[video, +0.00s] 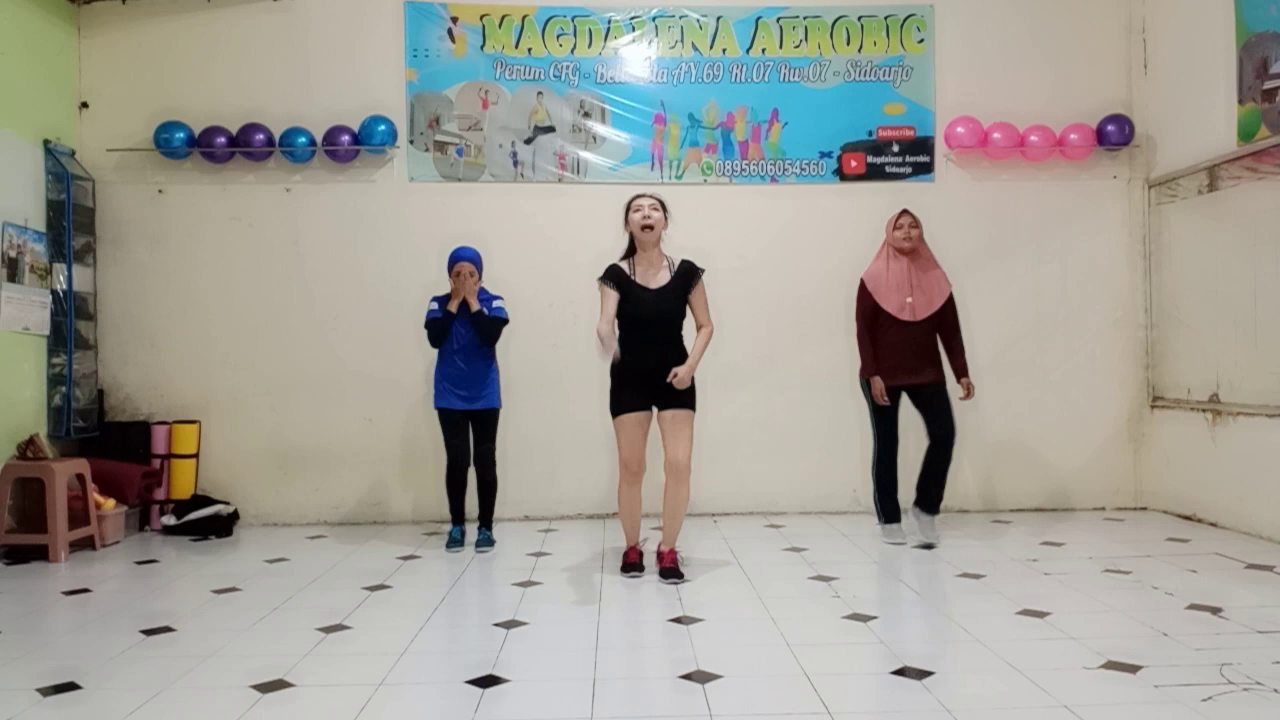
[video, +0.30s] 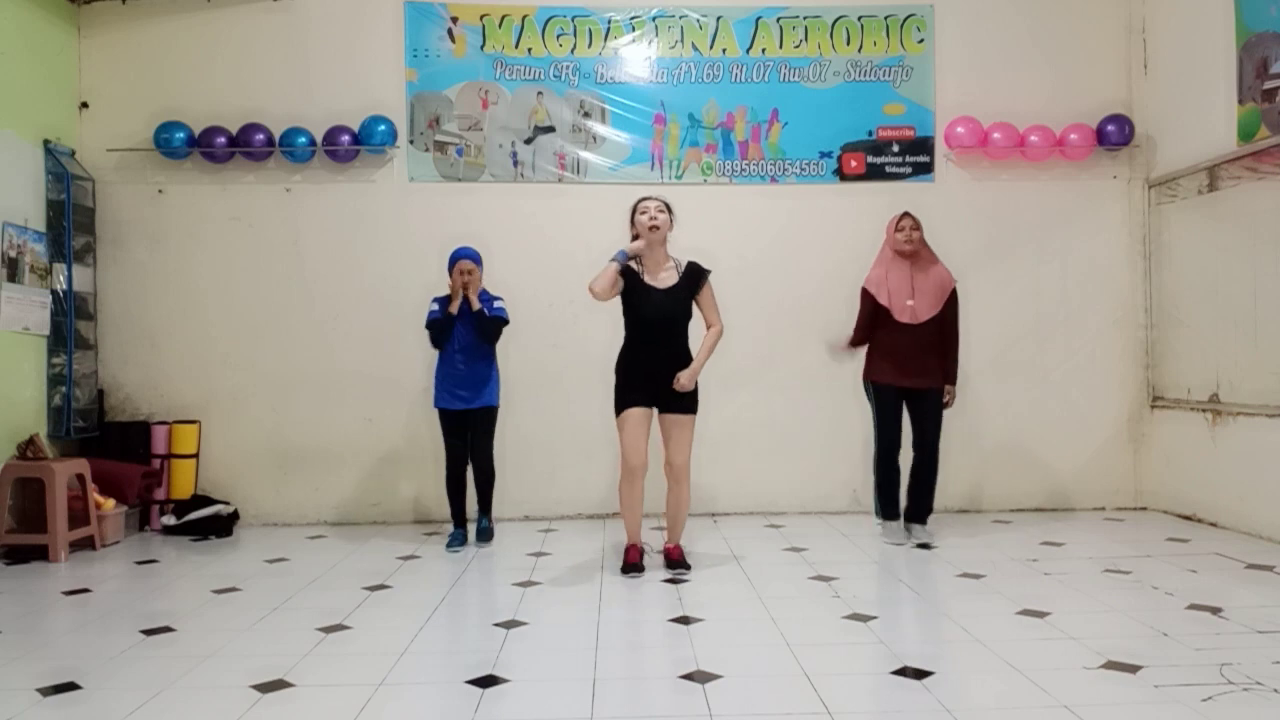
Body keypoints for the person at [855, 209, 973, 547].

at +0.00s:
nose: (907, 232)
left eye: (913, 227)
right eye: (900, 227)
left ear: (922, 235)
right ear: (889, 236)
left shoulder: (934, 277)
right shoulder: (874, 278)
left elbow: (950, 328)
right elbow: (864, 331)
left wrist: (962, 373)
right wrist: (872, 375)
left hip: (924, 371)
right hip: (883, 374)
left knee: (944, 436)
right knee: (886, 446)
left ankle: (925, 511)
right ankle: (889, 520)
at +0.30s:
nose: (909, 235)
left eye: (914, 229)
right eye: (901, 230)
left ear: (922, 235)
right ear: (890, 238)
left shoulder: (941, 279)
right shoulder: (878, 278)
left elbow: (950, 334)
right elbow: (864, 328)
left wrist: (950, 379)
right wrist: (851, 343)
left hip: (927, 377)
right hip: (884, 375)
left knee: (927, 450)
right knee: (888, 446)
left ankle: (917, 520)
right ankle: (889, 518)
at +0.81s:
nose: (910, 229)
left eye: (915, 223)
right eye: (903, 224)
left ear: (922, 230)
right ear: (890, 232)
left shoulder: (932, 273)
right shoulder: (879, 266)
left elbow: (931, 328)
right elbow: (887, 268)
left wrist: (958, 359)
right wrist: (916, 255)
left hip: (919, 362)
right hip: (878, 364)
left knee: (944, 421)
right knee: (881, 439)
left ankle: (921, 491)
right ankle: (883, 516)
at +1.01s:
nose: (910, 234)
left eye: (914, 229)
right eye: (902, 230)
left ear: (922, 236)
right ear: (891, 239)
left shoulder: (934, 278)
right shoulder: (880, 274)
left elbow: (963, 316)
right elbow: (871, 306)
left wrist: (976, 281)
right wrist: (896, 277)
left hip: (922, 373)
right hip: (880, 371)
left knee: (929, 445)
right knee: (885, 443)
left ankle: (918, 520)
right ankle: (885, 519)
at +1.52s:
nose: (898, 226)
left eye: (902, 221)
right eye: (890, 222)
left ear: (910, 230)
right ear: (878, 232)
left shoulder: (918, 264)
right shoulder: (866, 265)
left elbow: (932, 278)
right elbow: (883, 269)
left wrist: (948, 274)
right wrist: (919, 261)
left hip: (914, 361)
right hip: (874, 363)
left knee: (936, 426)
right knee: (874, 436)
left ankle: (917, 501)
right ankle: (873, 514)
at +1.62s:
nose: (897, 231)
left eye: (902, 226)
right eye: (890, 227)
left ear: (908, 234)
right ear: (877, 236)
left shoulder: (917, 268)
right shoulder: (866, 270)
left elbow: (928, 281)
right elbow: (878, 273)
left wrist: (946, 275)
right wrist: (916, 262)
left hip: (914, 365)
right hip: (874, 366)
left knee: (932, 432)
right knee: (874, 438)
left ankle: (912, 500)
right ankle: (873, 515)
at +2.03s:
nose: (902, 237)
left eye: (906, 232)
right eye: (894, 232)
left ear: (912, 239)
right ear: (879, 238)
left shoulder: (921, 267)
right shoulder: (866, 269)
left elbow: (941, 223)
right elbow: (856, 219)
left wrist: (917, 181)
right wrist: (883, 178)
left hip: (919, 368)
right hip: (878, 368)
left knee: (914, 445)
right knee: (884, 442)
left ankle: (904, 515)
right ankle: (878, 514)